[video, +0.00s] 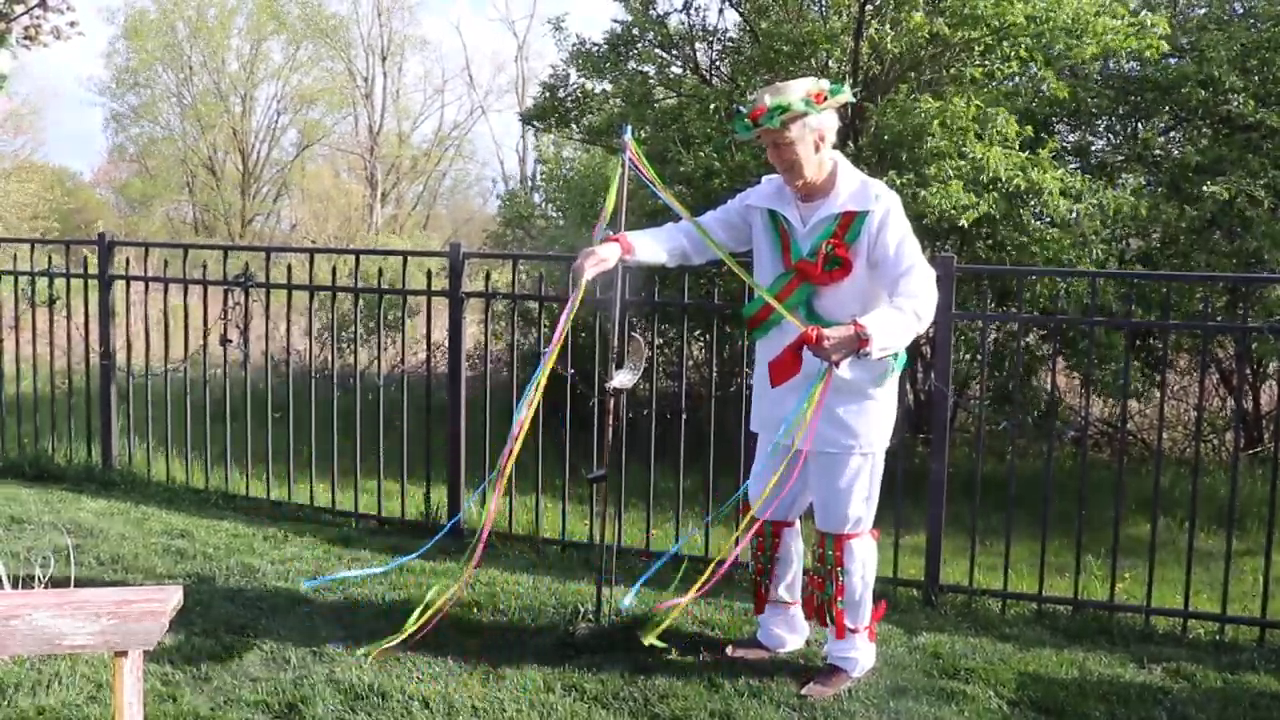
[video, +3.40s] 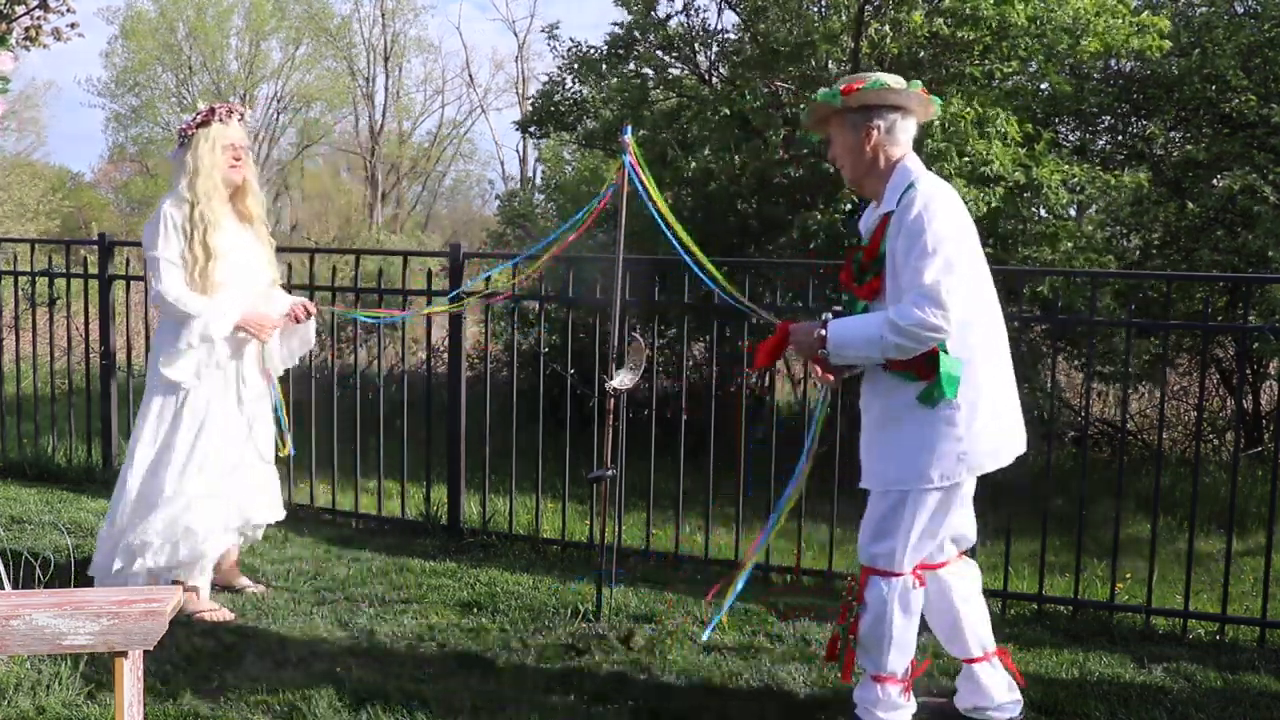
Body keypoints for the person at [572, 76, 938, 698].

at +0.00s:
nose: (773, 156)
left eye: (784, 143)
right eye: (767, 145)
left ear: (823, 136)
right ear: (765, 146)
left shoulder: (875, 205)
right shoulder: (761, 203)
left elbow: (918, 292)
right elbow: (691, 236)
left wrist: (863, 332)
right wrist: (619, 247)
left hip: (855, 384)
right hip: (779, 376)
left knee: (844, 520)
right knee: (773, 507)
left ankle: (849, 655)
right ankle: (779, 634)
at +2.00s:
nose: (741, 162)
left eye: (750, 147)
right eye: (737, 149)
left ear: (789, 144)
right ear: (743, 150)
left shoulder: (853, 205)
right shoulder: (736, 205)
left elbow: (902, 297)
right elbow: (653, 232)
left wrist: (851, 347)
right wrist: (565, 236)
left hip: (846, 385)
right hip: (773, 380)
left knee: (841, 520)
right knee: (767, 511)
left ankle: (850, 655)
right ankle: (779, 634)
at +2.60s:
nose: (719, 167)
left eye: (724, 153)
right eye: (716, 155)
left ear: (764, 144)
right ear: (752, 148)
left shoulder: (835, 206)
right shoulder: (747, 216)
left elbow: (882, 304)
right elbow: (696, 286)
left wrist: (818, 358)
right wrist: (617, 311)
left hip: (843, 379)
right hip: (777, 376)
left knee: (811, 513)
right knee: (767, 506)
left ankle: (874, 666)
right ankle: (801, 642)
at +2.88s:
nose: (744, 165)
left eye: (747, 149)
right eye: (741, 152)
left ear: (786, 145)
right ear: (786, 147)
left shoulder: (858, 211)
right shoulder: (784, 222)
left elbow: (882, 324)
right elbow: (770, 311)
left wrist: (798, 364)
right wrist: (708, 364)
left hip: (865, 397)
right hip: (811, 395)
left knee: (850, 543)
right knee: (787, 518)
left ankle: (880, 695)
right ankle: (801, 636)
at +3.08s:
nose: (773, 158)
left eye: (776, 142)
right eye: (770, 144)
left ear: (815, 139)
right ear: (817, 140)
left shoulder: (877, 205)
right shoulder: (830, 213)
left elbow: (886, 325)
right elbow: (828, 319)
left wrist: (792, 355)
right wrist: (769, 352)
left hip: (893, 412)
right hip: (846, 408)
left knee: (867, 557)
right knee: (811, 518)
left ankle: (882, 703)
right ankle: (841, 642)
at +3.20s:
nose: (795, 158)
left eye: (798, 141)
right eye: (791, 143)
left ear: (837, 133)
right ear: (839, 135)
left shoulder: (895, 204)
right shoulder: (853, 209)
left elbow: (899, 324)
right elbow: (862, 322)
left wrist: (796, 346)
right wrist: (792, 352)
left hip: (904, 417)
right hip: (865, 412)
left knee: (870, 555)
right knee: (841, 528)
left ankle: (879, 702)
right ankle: (934, 651)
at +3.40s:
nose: (828, 154)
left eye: (833, 138)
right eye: (827, 141)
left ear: (873, 135)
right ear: (879, 137)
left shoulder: (924, 206)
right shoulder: (898, 209)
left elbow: (930, 320)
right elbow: (907, 328)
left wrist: (824, 335)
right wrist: (838, 354)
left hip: (928, 429)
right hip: (935, 424)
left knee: (887, 559)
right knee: (940, 554)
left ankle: (881, 703)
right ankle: (991, 694)